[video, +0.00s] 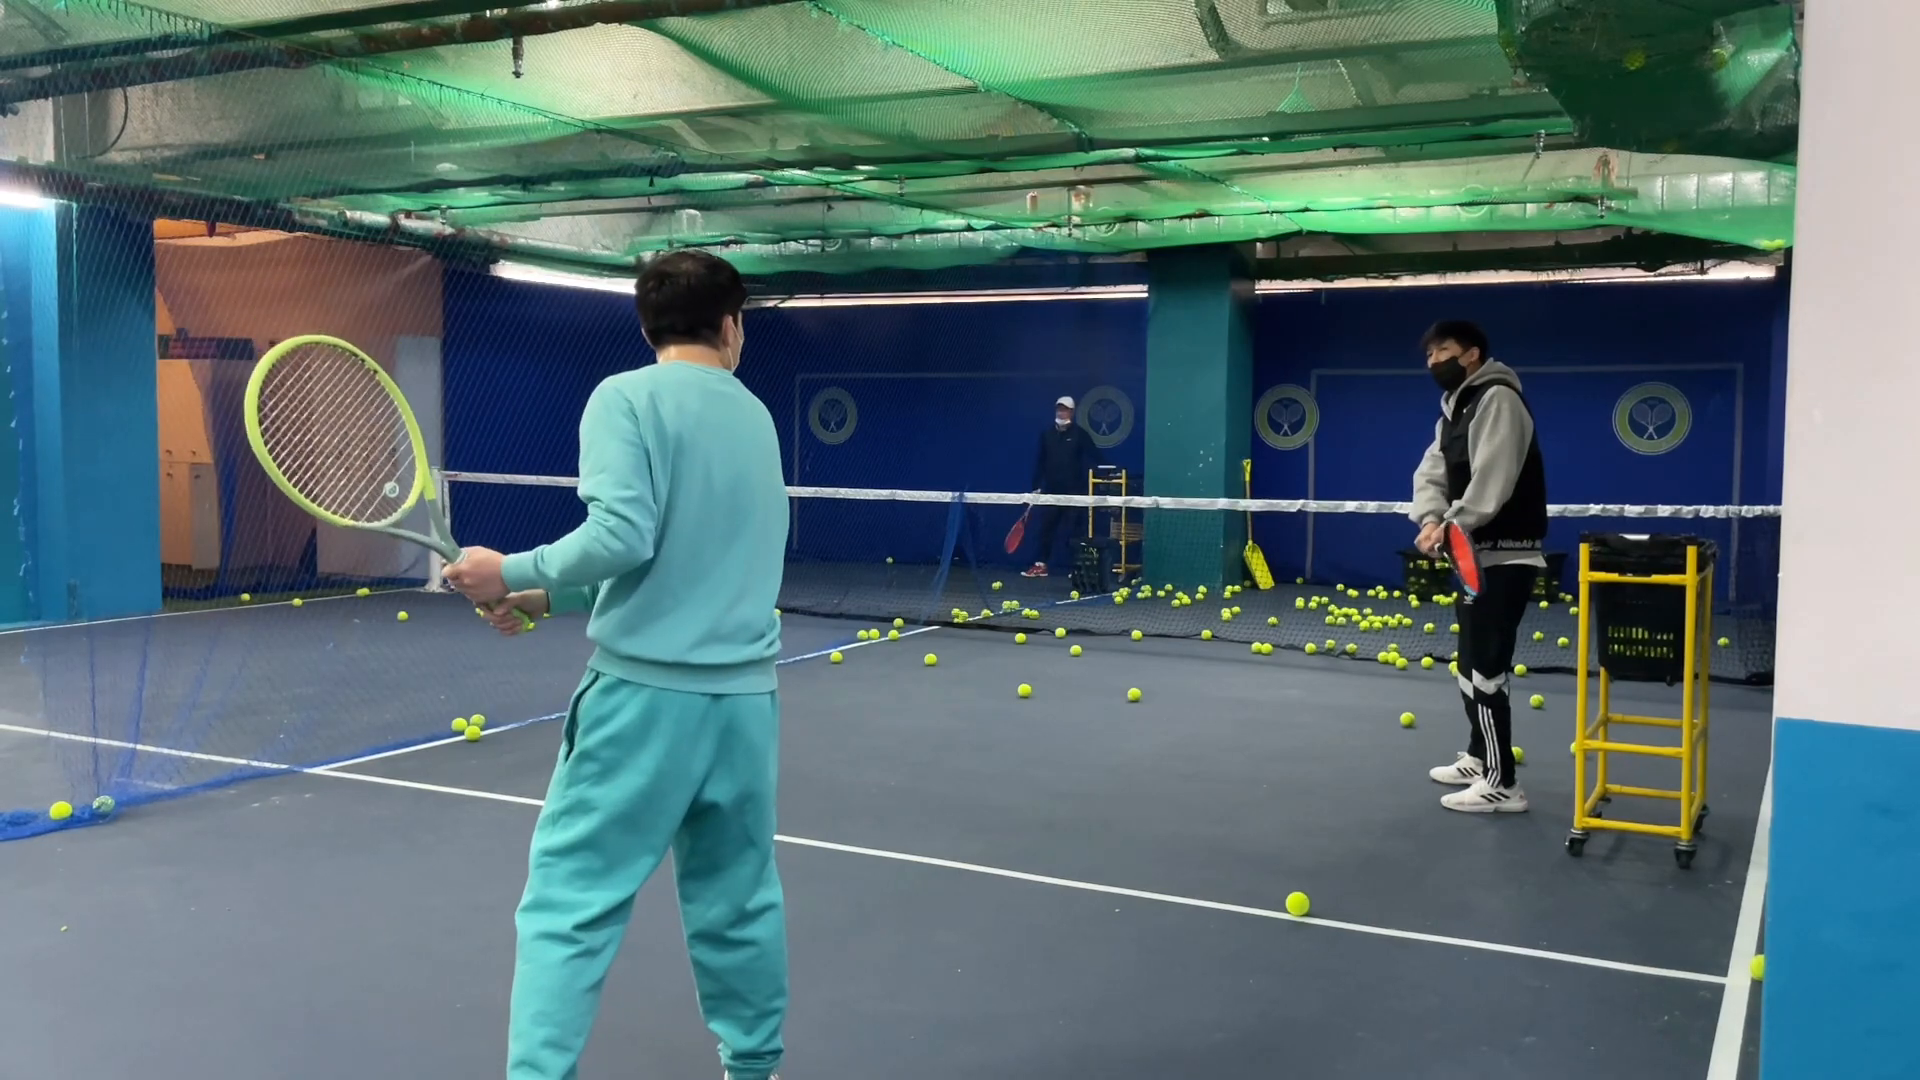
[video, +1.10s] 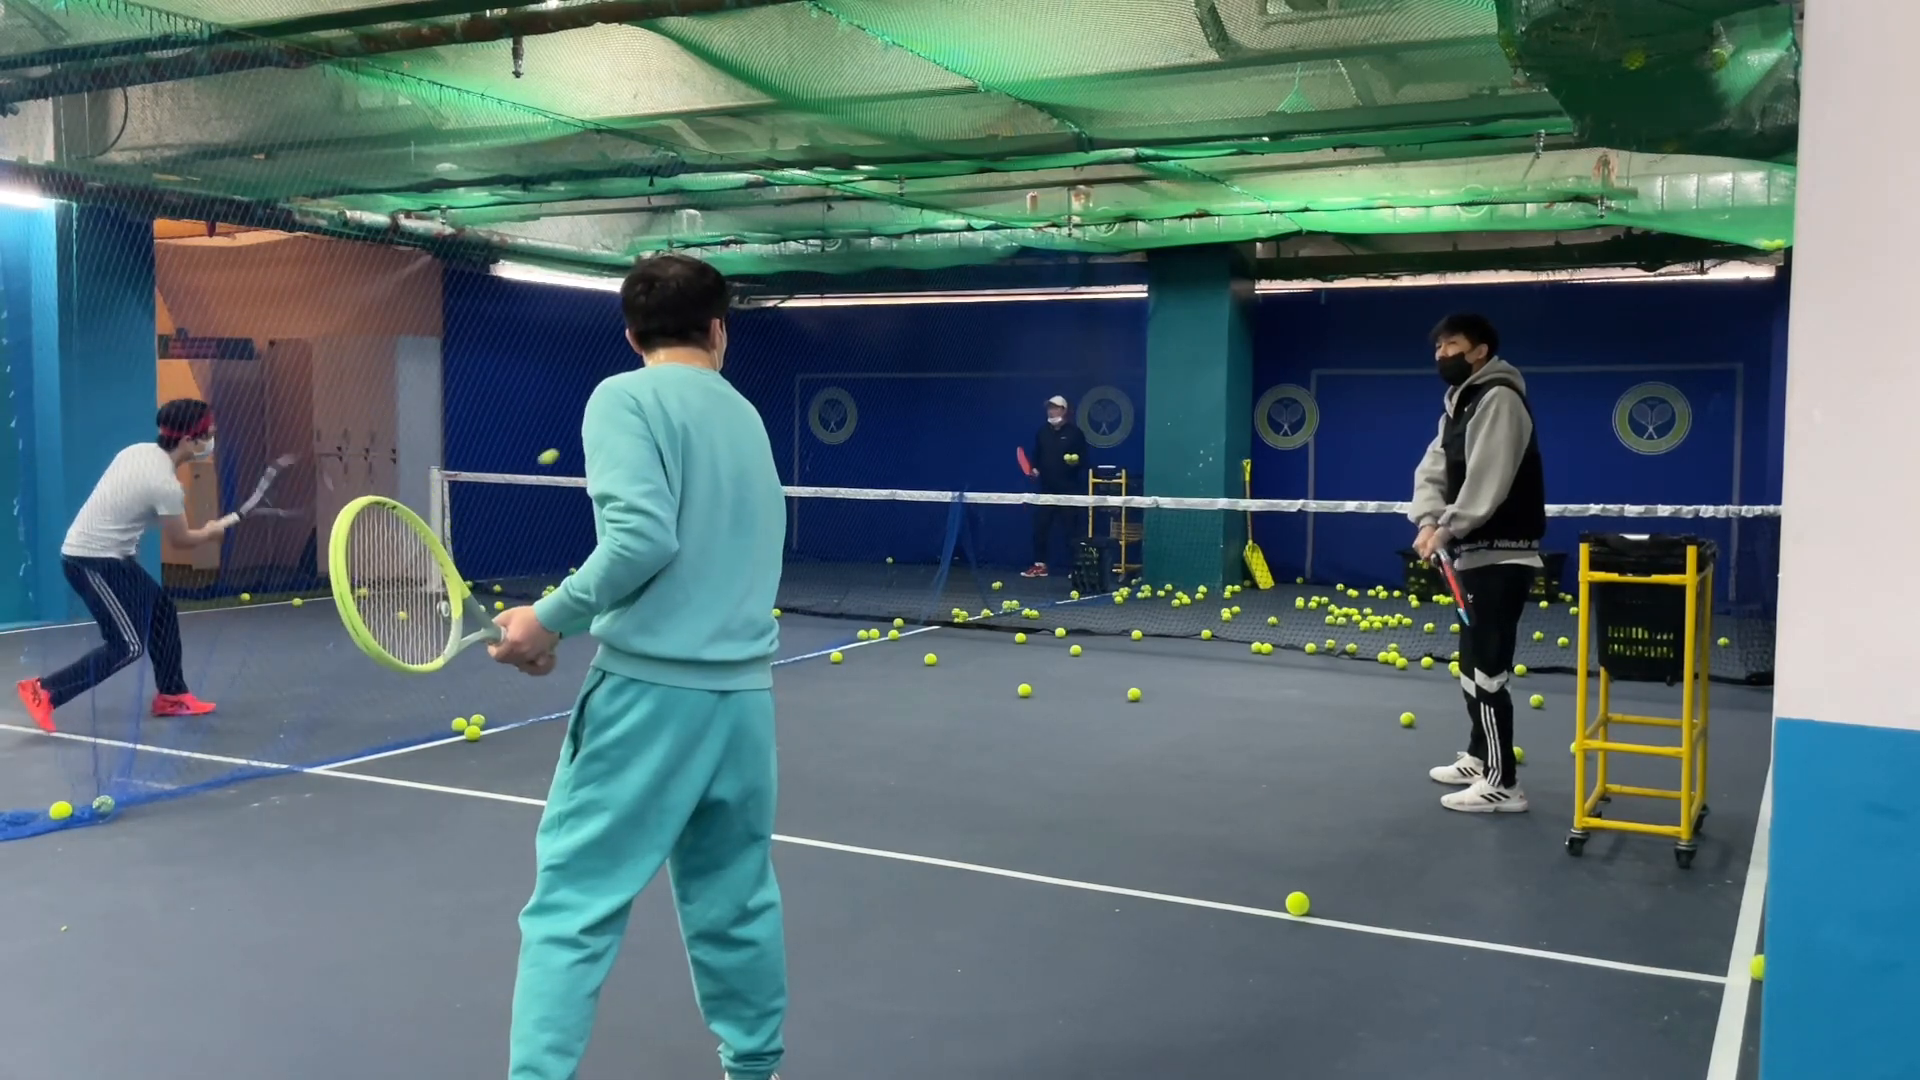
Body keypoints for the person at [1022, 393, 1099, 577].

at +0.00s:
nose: (1061, 413)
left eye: (1065, 409)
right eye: (1059, 409)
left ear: (1072, 413)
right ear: (1055, 411)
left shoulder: (1081, 435)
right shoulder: (1047, 435)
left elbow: (1093, 462)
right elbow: (1041, 462)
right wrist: (1036, 485)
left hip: (1075, 489)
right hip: (1052, 487)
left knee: (1074, 528)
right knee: (1047, 526)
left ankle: (1077, 567)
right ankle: (1041, 564)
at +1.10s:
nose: (1052, 412)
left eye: (1056, 408)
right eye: (1050, 408)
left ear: (1064, 411)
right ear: (1047, 411)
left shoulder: (1074, 433)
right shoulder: (1042, 432)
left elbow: (1084, 458)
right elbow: (1037, 454)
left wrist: (1076, 460)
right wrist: (1034, 467)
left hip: (1069, 485)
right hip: (1047, 484)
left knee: (1071, 526)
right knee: (1041, 524)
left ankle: (1076, 567)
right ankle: (1040, 564)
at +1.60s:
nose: (1056, 414)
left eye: (1060, 411)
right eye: (1054, 411)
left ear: (1067, 412)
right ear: (1050, 413)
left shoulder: (1076, 433)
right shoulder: (1045, 432)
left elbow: (1084, 459)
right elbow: (1034, 452)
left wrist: (1078, 461)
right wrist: (1048, 452)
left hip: (1070, 485)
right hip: (1048, 484)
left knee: (1071, 525)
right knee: (1044, 524)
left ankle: (1074, 565)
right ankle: (1040, 563)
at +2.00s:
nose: (1067, 408)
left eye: (1070, 405)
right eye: (1064, 405)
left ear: (1075, 408)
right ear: (1058, 408)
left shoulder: (1078, 432)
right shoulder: (1048, 428)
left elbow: (1083, 456)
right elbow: (1030, 445)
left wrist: (1089, 460)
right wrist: (1027, 460)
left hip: (1071, 484)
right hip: (1048, 483)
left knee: (1072, 524)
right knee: (1046, 523)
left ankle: (1072, 565)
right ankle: (1044, 564)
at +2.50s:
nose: (1039, 411)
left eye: (1043, 408)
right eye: (1036, 408)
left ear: (1050, 410)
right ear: (1032, 411)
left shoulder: (1059, 433)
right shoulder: (1025, 433)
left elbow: (1071, 459)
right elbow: (1015, 457)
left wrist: (1062, 459)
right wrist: (1009, 478)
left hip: (1053, 485)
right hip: (1032, 484)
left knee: (1049, 524)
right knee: (1036, 525)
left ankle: (1046, 565)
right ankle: (1042, 565)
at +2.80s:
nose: (1030, 412)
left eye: (1034, 409)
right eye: (1028, 408)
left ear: (1043, 412)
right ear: (1025, 411)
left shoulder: (1052, 434)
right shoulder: (1022, 435)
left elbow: (1057, 464)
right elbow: (1015, 462)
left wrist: (1037, 470)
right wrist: (1010, 477)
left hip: (1046, 489)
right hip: (1025, 488)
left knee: (1042, 528)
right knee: (1018, 528)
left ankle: (1037, 569)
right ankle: (1036, 559)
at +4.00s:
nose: (1022, 420)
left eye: (1026, 417)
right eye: (1020, 417)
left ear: (1035, 419)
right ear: (1018, 420)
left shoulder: (1047, 439)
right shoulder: (1015, 442)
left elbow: (1054, 465)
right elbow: (1006, 468)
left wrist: (1052, 490)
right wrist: (1002, 492)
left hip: (1050, 491)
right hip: (1028, 491)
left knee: (1058, 530)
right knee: (1019, 529)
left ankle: (1064, 566)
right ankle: (1015, 565)